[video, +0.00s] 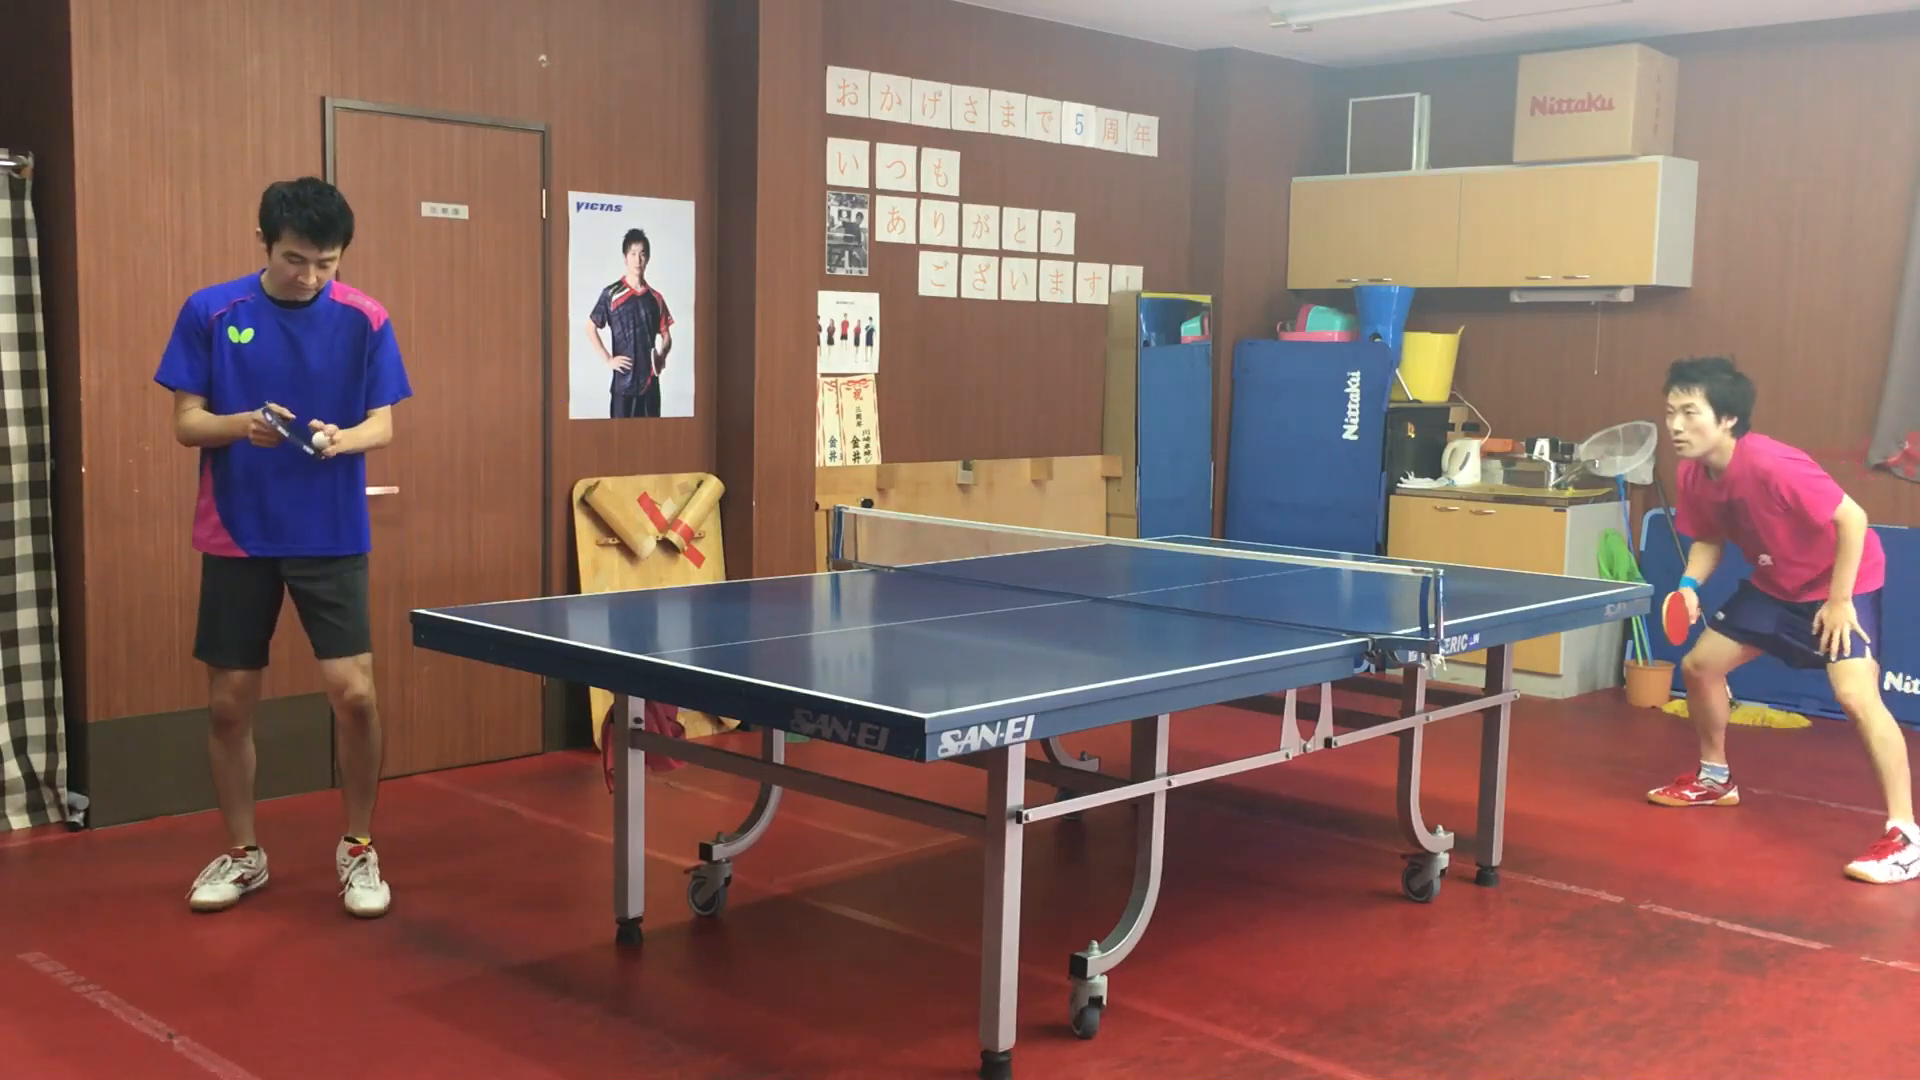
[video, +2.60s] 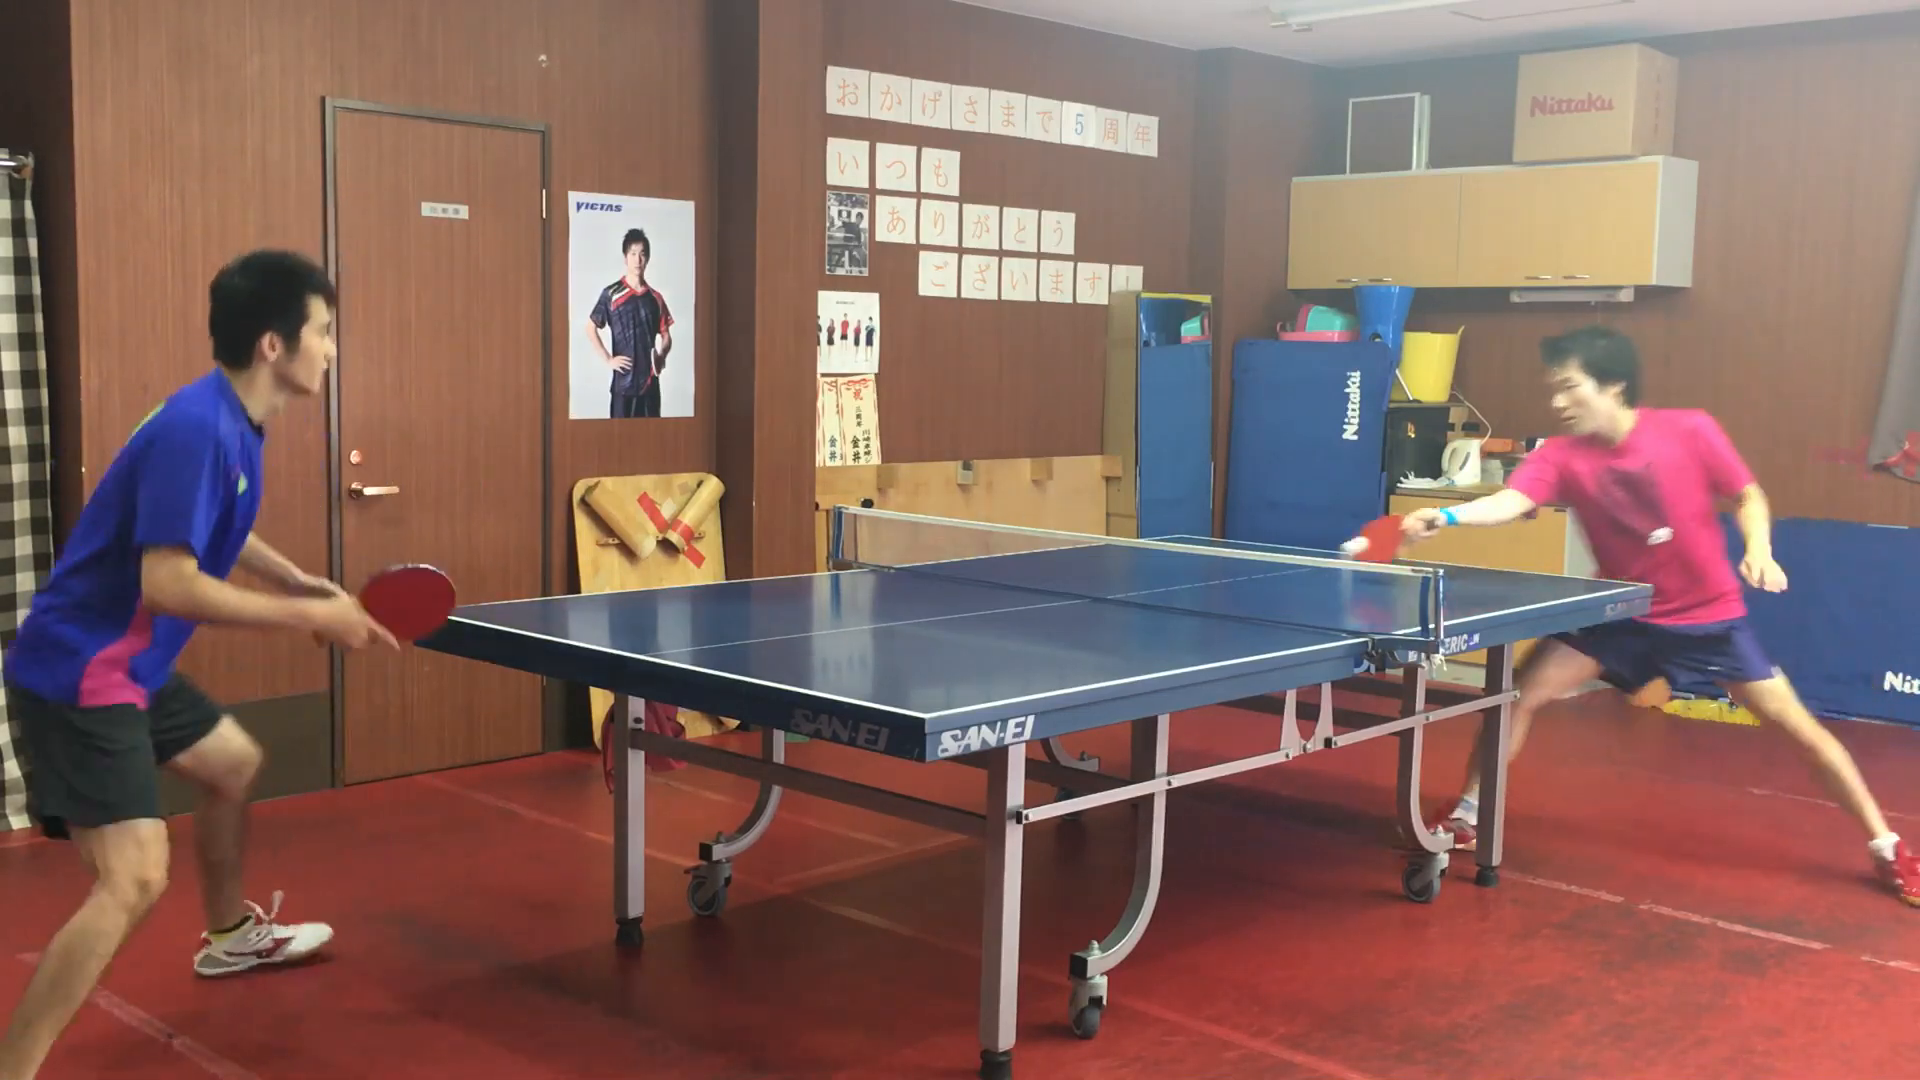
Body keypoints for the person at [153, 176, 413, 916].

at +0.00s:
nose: (309, 278)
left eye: (324, 263)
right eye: (296, 261)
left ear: (340, 253)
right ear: (266, 244)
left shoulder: (364, 319)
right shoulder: (211, 313)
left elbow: (382, 426)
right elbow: (188, 425)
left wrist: (345, 439)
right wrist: (247, 425)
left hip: (332, 546)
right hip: (239, 545)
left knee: (355, 698)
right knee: (229, 707)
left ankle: (358, 848)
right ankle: (244, 853)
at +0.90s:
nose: (406, 353)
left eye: (424, 338)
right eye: (393, 334)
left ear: (439, 332)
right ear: (360, 319)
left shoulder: (451, 399)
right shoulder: (297, 365)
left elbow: (455, 508)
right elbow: (267, 485)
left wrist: (454, 536)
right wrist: (336, 512)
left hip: (385, 587)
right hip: (291, 577)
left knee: (399, 744)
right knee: (232, 744)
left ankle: (392, 901)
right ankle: (240, 844)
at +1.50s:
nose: (262, 319)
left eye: (273, 301)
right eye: (241, 305)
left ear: (291, 307)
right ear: (211, 319)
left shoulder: (332, 373)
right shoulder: (184, 396)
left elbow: (419, 442)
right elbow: (178, 500)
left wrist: (374, 420)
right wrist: (201, 530)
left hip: (335, 595)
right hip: (237, 602)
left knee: (373, 733)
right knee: (177, 763)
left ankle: (391, 899)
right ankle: (180, 853)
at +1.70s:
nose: (201, 319)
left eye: (210, 301)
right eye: (178, 309)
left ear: (232, 309)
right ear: (154, 331)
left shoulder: (286, 387)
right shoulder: (148, 396)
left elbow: (388, 460)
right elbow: (137, 467)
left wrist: (340, 514)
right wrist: (68, 495)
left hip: (308, 593)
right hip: (210, 602)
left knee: (361, 727)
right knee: (157, 764)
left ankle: (392, 897)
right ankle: (179, 852)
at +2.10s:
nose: (291, 389)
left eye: (292, 373)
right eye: (275, 378)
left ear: (296, 368)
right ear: (217, 388)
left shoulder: (322, 429)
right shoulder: (156, 470)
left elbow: (365, 495)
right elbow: (144, 572)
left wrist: (365, 578)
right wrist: (175, 615)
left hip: (329, 644)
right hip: (226, 663)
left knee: (403, 759)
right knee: (184, 825)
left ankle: (354, 906)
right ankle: (166, 849)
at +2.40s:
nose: (364, 300)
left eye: (364, 282)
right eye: (356, 282)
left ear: (308, 284)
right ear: (305, 283)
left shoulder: (306, 368)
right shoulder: (203, 367)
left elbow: (272, 476)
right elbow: (150, 509)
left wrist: (322, 539)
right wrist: (273, 560)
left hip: (239, 600)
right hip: (156, 600)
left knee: (332, 745)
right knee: (190, 795)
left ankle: (323, 911)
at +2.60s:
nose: (333, 350)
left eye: (331, 331)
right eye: (322, 331)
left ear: (267, 343)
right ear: (271, 344)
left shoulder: (243, 428)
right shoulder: (196, 428)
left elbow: (218, 537)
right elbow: (166, 582)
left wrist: (301, 584)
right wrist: (315, 614)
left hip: (130, 661)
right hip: (72, 671)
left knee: (233, 762)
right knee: (132, 877)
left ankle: (228, 934)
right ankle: (13, 1067)